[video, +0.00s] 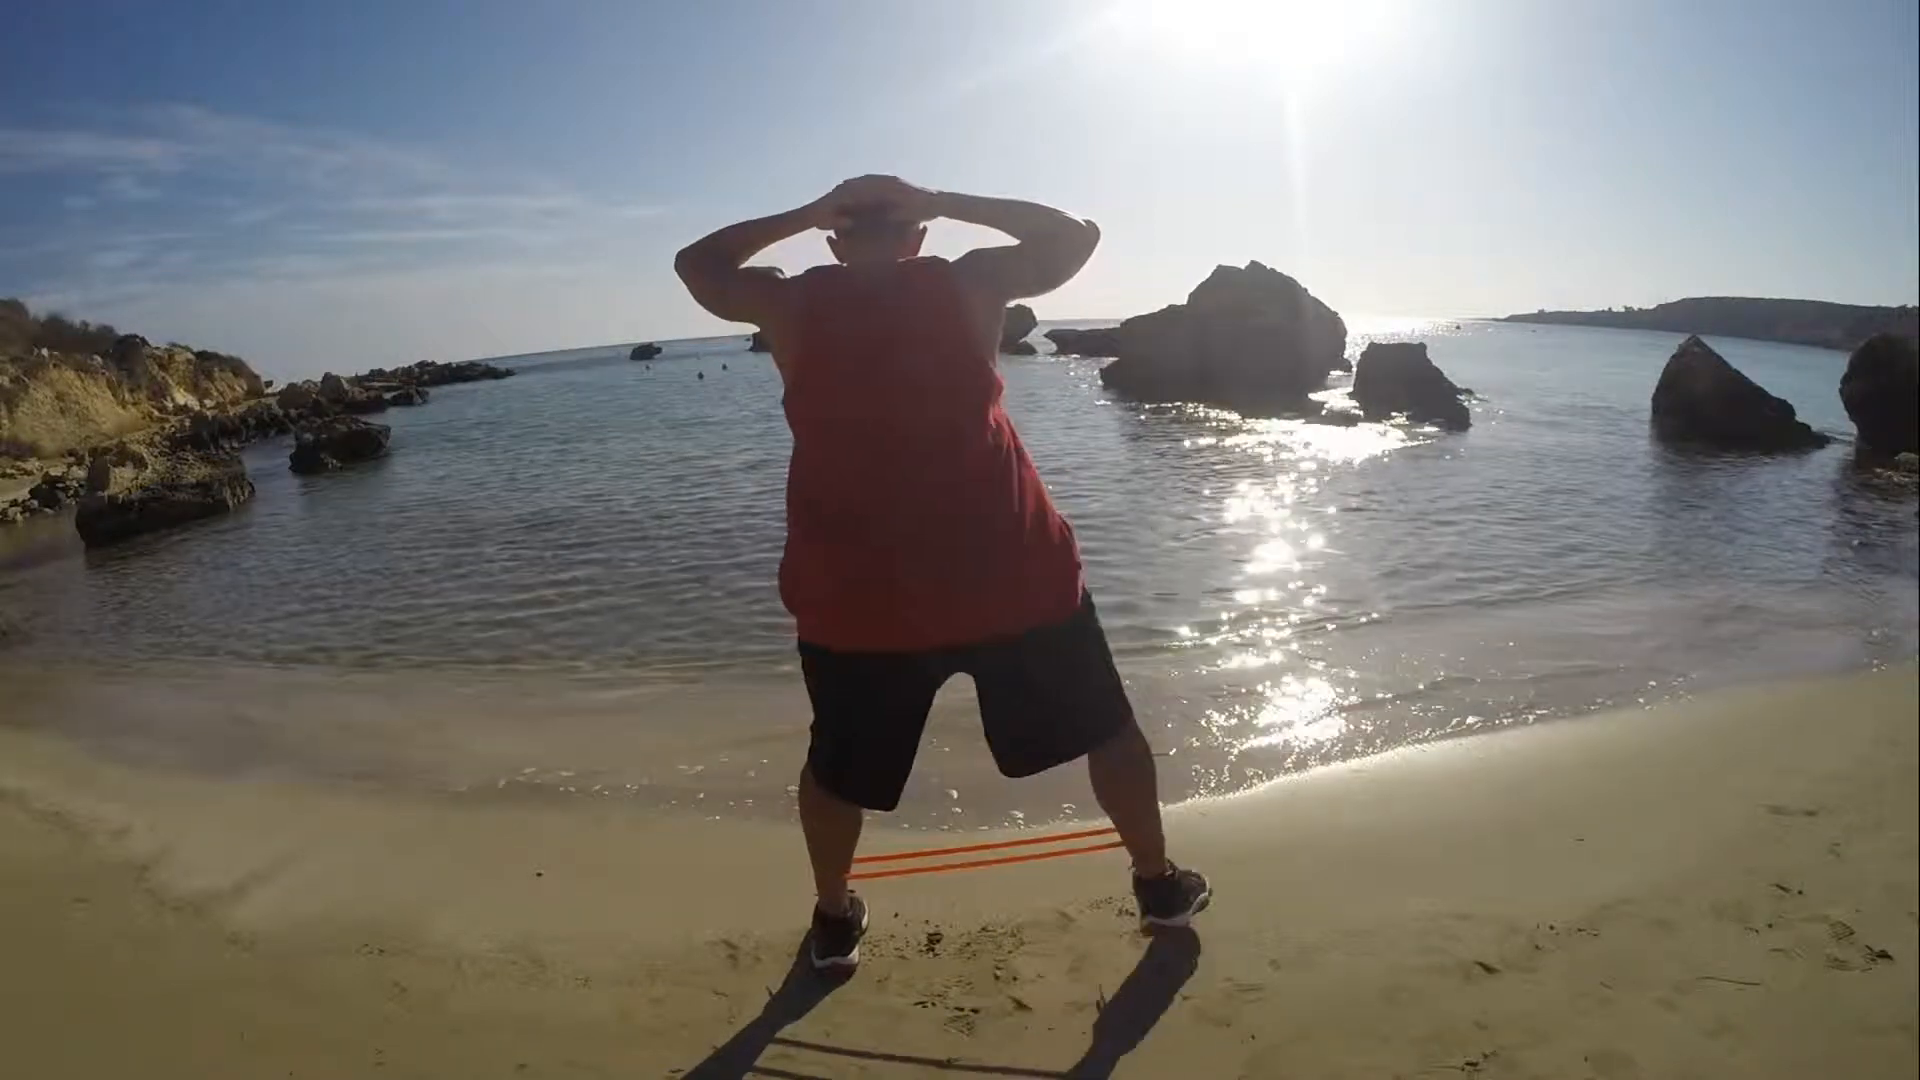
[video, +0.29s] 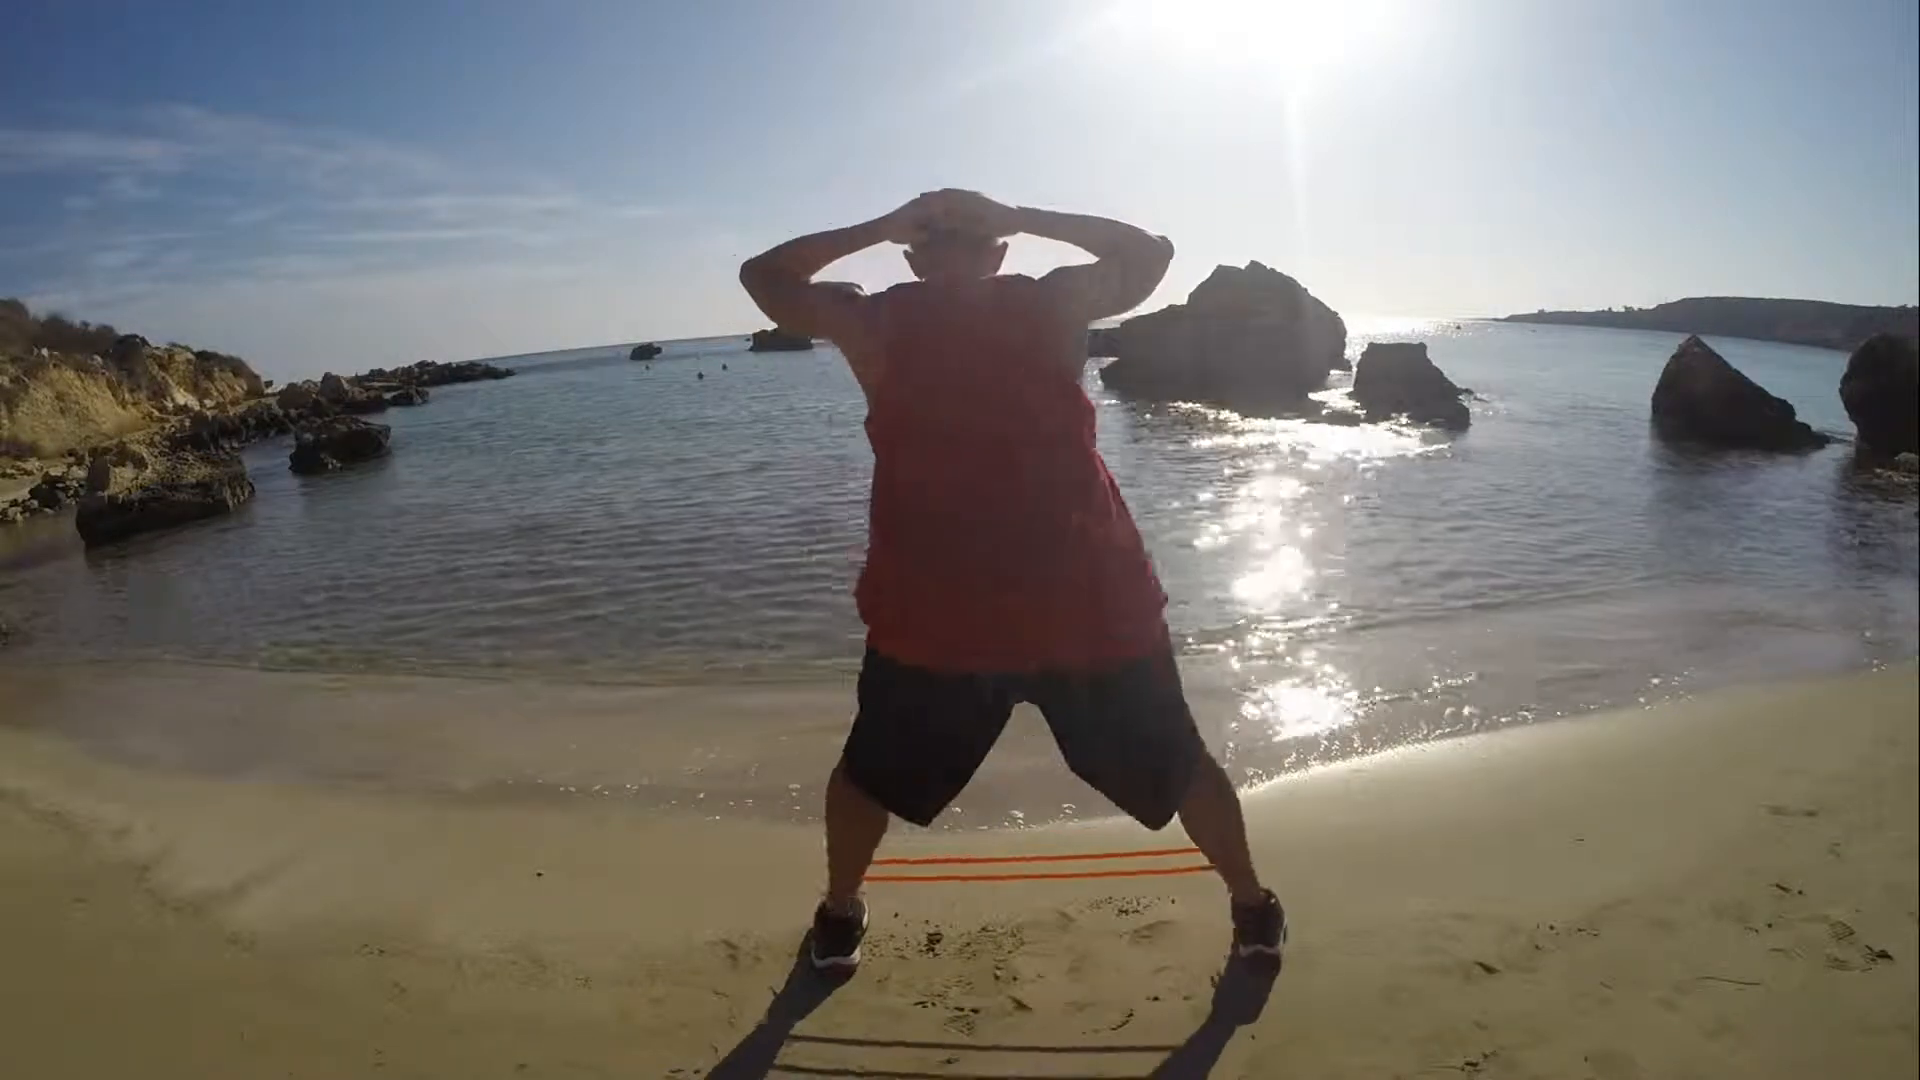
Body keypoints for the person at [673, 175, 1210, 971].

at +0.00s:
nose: (866, 222)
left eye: (857, 214)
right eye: (884, 210)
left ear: (831, 237)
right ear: (918, 233)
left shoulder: (789, 303)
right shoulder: (968, 286)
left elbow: (698, 265)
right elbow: (1072, 236)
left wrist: (807, 214)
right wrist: (939, 201)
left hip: (855, 576)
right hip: (1003, 557)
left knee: (839, 760)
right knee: (1107, 727)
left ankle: (832, 917)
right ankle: (1156, 881)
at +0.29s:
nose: (929, 247)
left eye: (930, 234)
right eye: (934, 232)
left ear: (913, 250)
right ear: (998, 247)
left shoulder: (873, 322)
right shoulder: (1052, 304)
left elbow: (764, 278)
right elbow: (1147, 251)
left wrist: (881, 228)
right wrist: (1019, 217)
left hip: (934, 596)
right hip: (1083, 590)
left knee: (868, 771)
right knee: (1179, 764)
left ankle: (838, 916)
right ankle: (1253, 904)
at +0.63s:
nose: (1107, 230)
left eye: (1104, 216)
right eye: (1105, 215)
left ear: (1080, 228)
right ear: (1157, 221)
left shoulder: (1056, 298)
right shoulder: (1218, 281)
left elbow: (914, 250)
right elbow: (1291, 238)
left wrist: (1039, 207)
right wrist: (1183, 197)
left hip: (1085, 561)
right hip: (1225, 563)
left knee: (1002, 734)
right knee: (1251, 752)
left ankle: (992, 893)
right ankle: (1261, 904)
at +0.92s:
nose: (1146, 245)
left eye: (1145, 230)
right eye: (1148, 229)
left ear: (1128, 239)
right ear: (1209, 237)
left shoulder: (1102, 307)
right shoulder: (1267, 294)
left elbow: (972, 254)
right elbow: (1345, 251)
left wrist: (1096, 213)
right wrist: (1234, 210)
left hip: (1127, 584)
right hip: (1258, 582)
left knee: (1083, 752)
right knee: (1271, 751)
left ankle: (1105, 907)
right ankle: (1265, 905)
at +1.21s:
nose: (1135, 258)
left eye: (1126, 244)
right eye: (1150, 245)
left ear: (1107, 254)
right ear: (1184, 253)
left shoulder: (1068, 315)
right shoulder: (1238, 311)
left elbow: (943, 262)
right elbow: (1316, 269)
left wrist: (1077, 228)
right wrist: (1208, 229)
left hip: (1058, 572)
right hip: (1201, 586)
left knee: (909, 726)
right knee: (1240, 748)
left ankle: (822, 881)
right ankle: (1257, 907)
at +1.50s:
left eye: (961, 247)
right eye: (999, 247)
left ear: (942, 260)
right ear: (1025, 263)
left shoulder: (891, 327)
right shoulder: (1072, 325)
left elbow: (779, 269)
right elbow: (1179, 279)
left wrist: (908, 236)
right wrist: (1057, 236)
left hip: (907, 607)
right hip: (1055, 607)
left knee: (807, 764)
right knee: (1169, 758)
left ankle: (769, 926)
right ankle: (1238, 903)